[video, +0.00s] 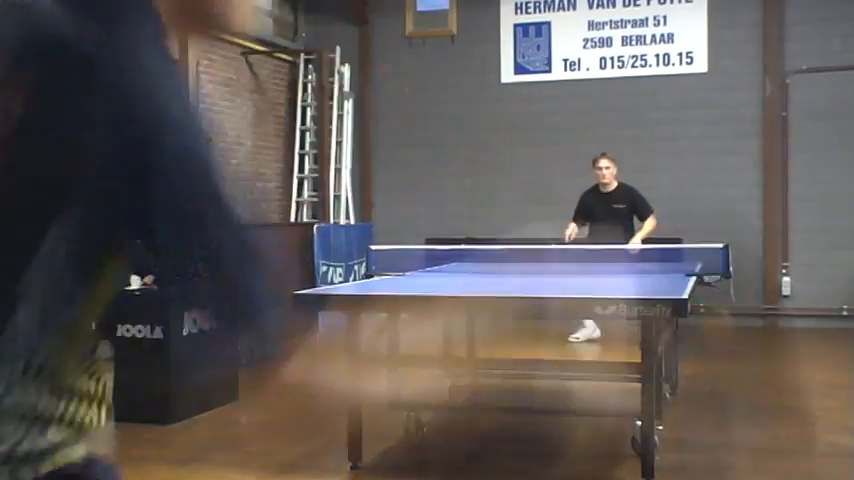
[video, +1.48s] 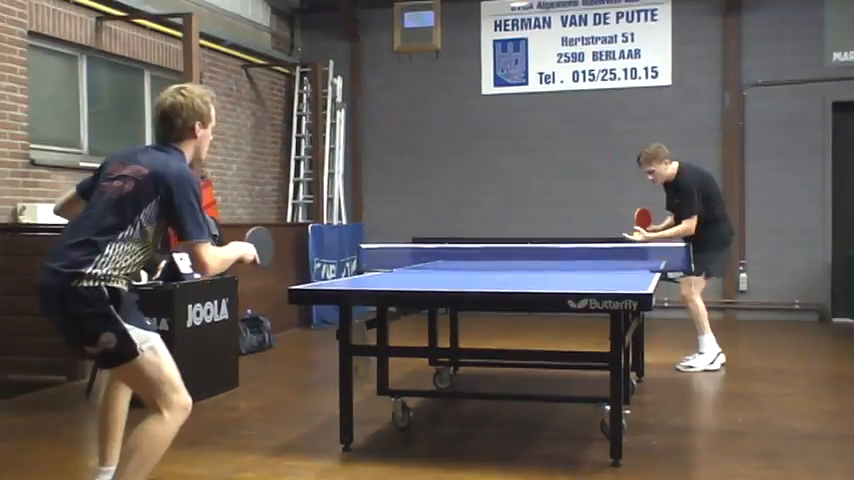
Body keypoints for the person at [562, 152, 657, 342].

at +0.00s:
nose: (603, 172)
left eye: (607, 168)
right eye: (599, 169)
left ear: (615, 170)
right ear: (594, 172)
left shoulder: (628, 193)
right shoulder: (588, 196)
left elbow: (651, 220)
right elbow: (578, 221)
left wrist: (637, 238)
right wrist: (572, 229)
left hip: (621, 254)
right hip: (592, 255)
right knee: (577, 280)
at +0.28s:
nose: (583, 183)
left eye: (586, 178)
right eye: (579, 180)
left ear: (595, 178)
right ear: (575, 183)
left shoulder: (610, 198)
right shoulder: (580, 203)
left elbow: (630, 227)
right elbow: (577, 232)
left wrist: (597, 239)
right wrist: (561, 242)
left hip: (612, 256)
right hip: (589, 256)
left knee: (563, 270)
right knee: (558, 269)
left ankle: (566, 326)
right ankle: (565, 326)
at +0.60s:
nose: (581, 186)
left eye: (584, 181)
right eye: (579, 183)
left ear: (597, 181)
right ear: (578, 186)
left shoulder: (607, 195)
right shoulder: (597, 206)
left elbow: (602, 203)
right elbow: (598, 234)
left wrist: (569, 212)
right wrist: (574, 231)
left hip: (612, 256)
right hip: (604, 256)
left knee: (561, 274)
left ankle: (566, 326)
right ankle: (640, 316)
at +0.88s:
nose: (616, 169)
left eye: (621, 166)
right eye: (614, 165)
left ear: (631, 170)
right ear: (610, 168)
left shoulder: (636, 198)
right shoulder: (598, 184)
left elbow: (662, 221)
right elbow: (577, 177)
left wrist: (667, 202)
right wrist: (585, 151)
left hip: (622, 252)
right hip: (589, 249)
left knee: (650, 284)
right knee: (568, 281)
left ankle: (668, 327)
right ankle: (564, 329)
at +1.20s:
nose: (656, 165)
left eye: (661, 161)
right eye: (653, 161)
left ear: (670, 165)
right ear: (649, 164)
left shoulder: (677, 192)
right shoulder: (636, 184)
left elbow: (690, 219)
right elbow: (609, 189)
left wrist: (687, 224)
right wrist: (614, 169)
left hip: (662, 251)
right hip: (631, 249)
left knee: (674, 285)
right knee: (609, 283)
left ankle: (675, 325)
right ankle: (588, 325)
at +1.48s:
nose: (650, 178)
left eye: (652, 172)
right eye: (647, 173)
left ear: (666, 164)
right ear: (663, 166)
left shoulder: (687, 181)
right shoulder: (672, 180)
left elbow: (690, 227)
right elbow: (675, 216)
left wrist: (649, 237)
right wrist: (657, 228)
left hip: (715, 238)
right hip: (700, 237)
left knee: (690, 293)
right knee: (689, 293)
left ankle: (709, 351)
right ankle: (709, 350)